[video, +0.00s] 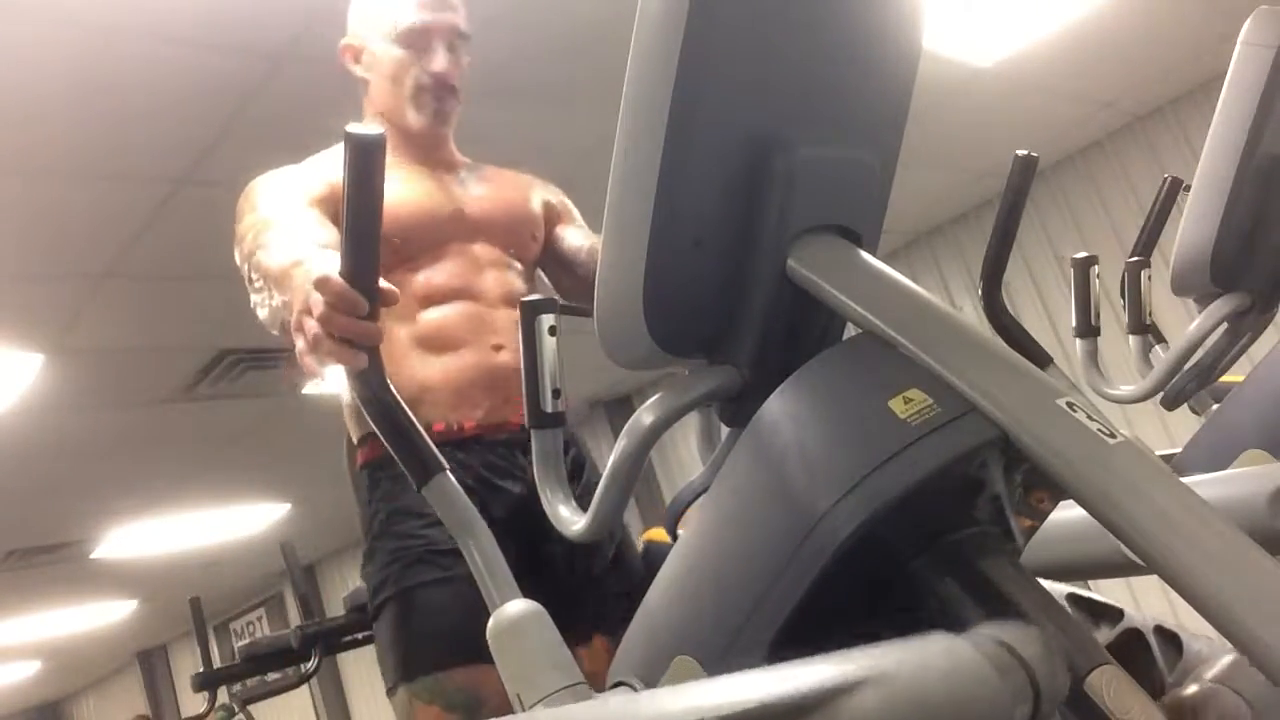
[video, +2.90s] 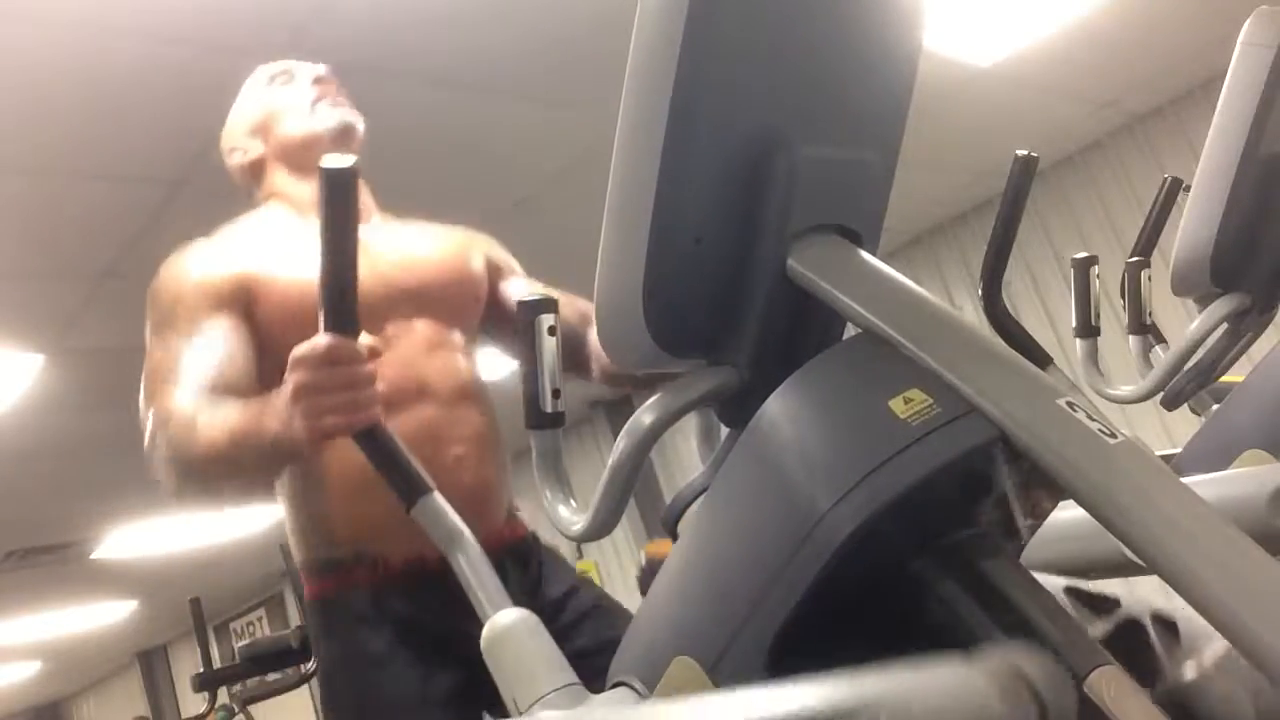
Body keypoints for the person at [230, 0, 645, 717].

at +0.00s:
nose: (443, 65)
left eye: (457, 46)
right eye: (416, 42)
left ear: (470, 61)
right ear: (356, 56)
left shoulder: (530, 195)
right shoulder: (299, 186)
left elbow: (620, 288)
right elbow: (279, 254)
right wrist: (307, 297)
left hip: (549, 455)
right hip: (418, 471)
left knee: (633, 681)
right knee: (457, 704)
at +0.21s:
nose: (465, 128)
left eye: (476, 105)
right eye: (437, 104)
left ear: (491, 116)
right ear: (376, 121)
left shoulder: (546, 253)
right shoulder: (319, 254)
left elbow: (632, 337)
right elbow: (263, 371)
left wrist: (600, 307)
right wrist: (296, 337)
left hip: (566, 537)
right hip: (430, 551)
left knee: (643, 703)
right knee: (460, 709)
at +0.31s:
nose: (470, 179)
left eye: (482, 157)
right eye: (442, 158)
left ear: (497, 169)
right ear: (384, 183)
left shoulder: (553, 307)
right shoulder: (329, 317)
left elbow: (662, 378)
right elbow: (255, 436)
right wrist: (297, 377)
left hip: (576, 587)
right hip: (441, 610)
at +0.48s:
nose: (417, 160)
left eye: (425, 137)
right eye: (385, 142)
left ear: (446, 157)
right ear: (341, 179)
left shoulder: (530, 303)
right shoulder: (296, 329)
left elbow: (628, 390)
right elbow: (247, 461)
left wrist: (736, 377)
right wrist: (298, 402)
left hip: (559, 588)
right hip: (423, 608)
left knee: (636, 712)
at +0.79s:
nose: (319, 136)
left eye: (332, 129)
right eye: (284, 127)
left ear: (356, 170)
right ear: (237, 189)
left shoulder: (450, 281)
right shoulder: (203, 322)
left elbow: (584, 341)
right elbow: (170, 454)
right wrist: (274, 400)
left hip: (508, 592)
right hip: (363, 631)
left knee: (688, 675)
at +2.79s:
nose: (316, 117)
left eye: (322, 116)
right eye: (275, 117)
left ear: (353, 164)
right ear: (234, 192)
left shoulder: (457, 298)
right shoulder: (205, 341)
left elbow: (617, 375)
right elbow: (183, 557)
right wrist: (281, 473)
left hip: (537, 624)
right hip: (386, 674)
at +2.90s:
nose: (323, 77)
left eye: (328, 75)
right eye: (284, 77)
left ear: (355, 119)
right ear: (243, 145)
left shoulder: (460, 246)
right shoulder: (210, 268)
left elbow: (591, 338)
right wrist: (284, 417)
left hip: (519, 572)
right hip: (373, 611)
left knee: (677, 696)